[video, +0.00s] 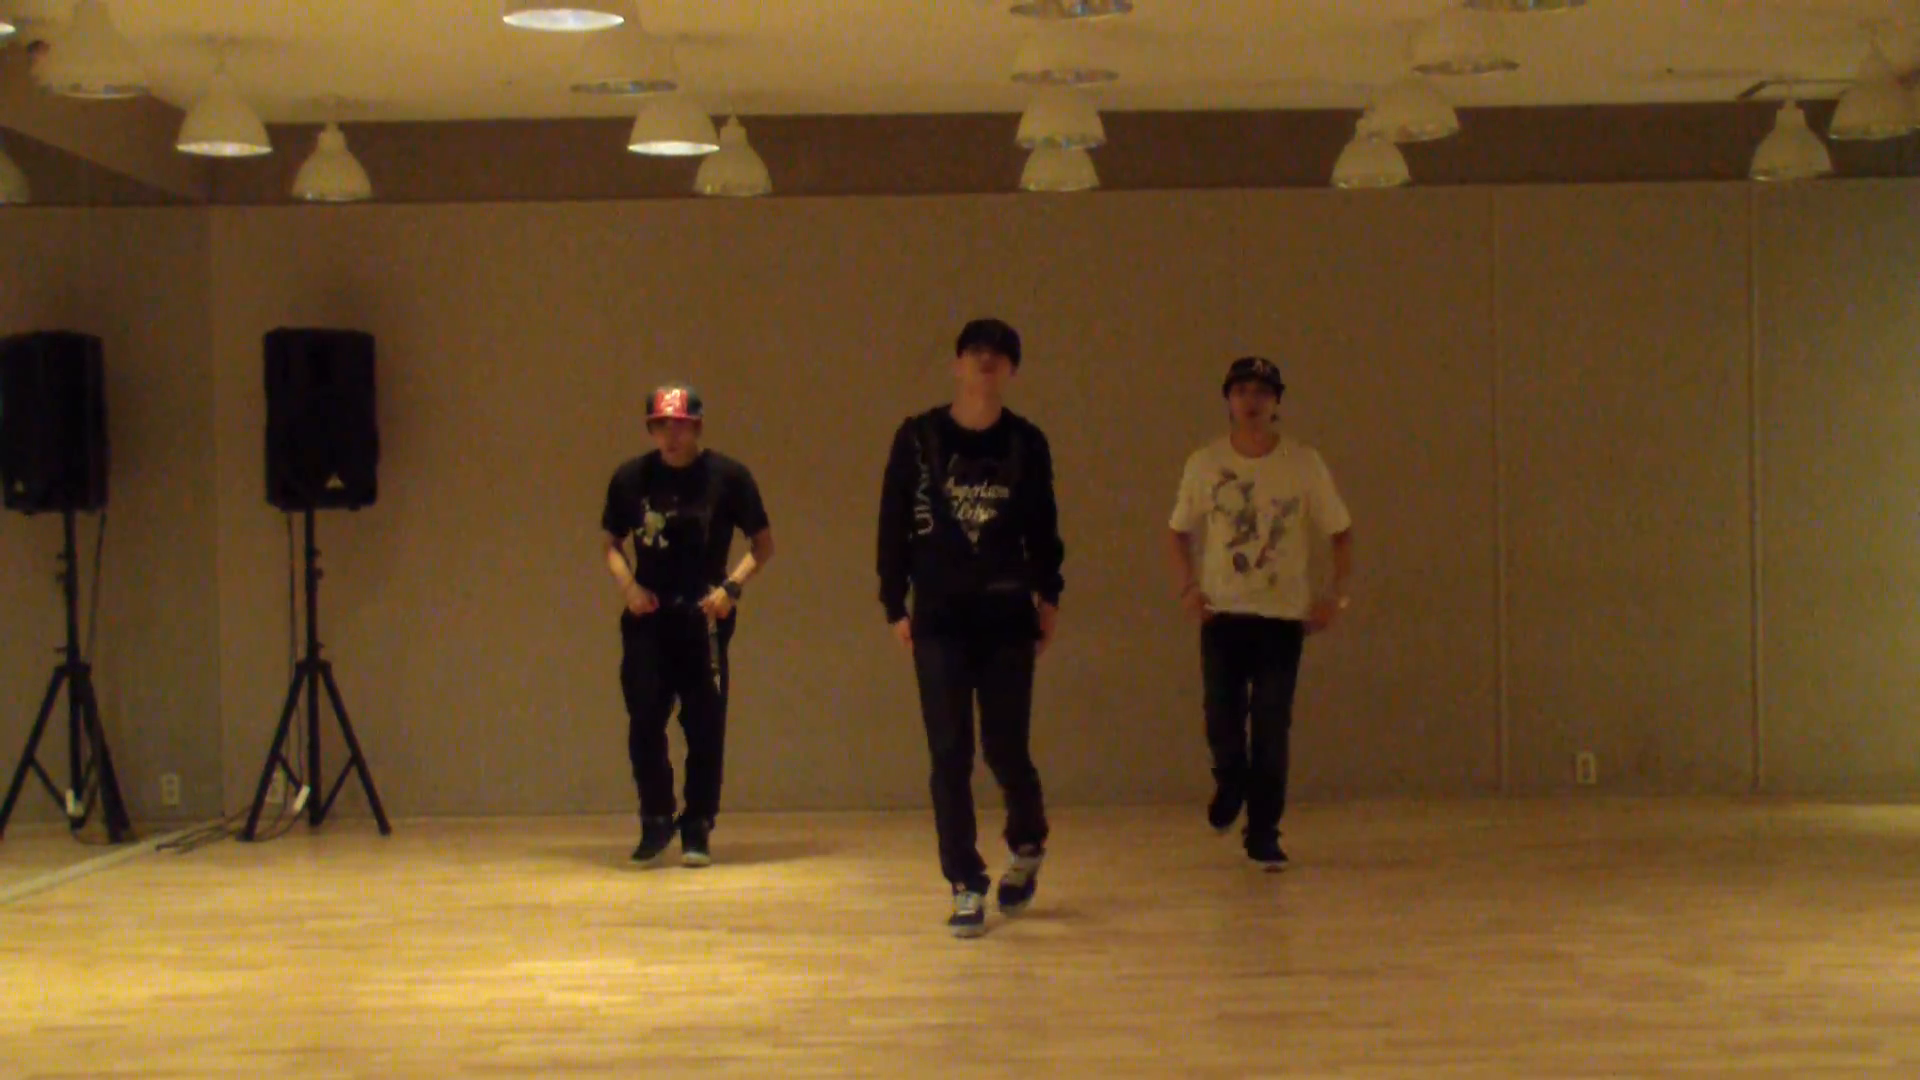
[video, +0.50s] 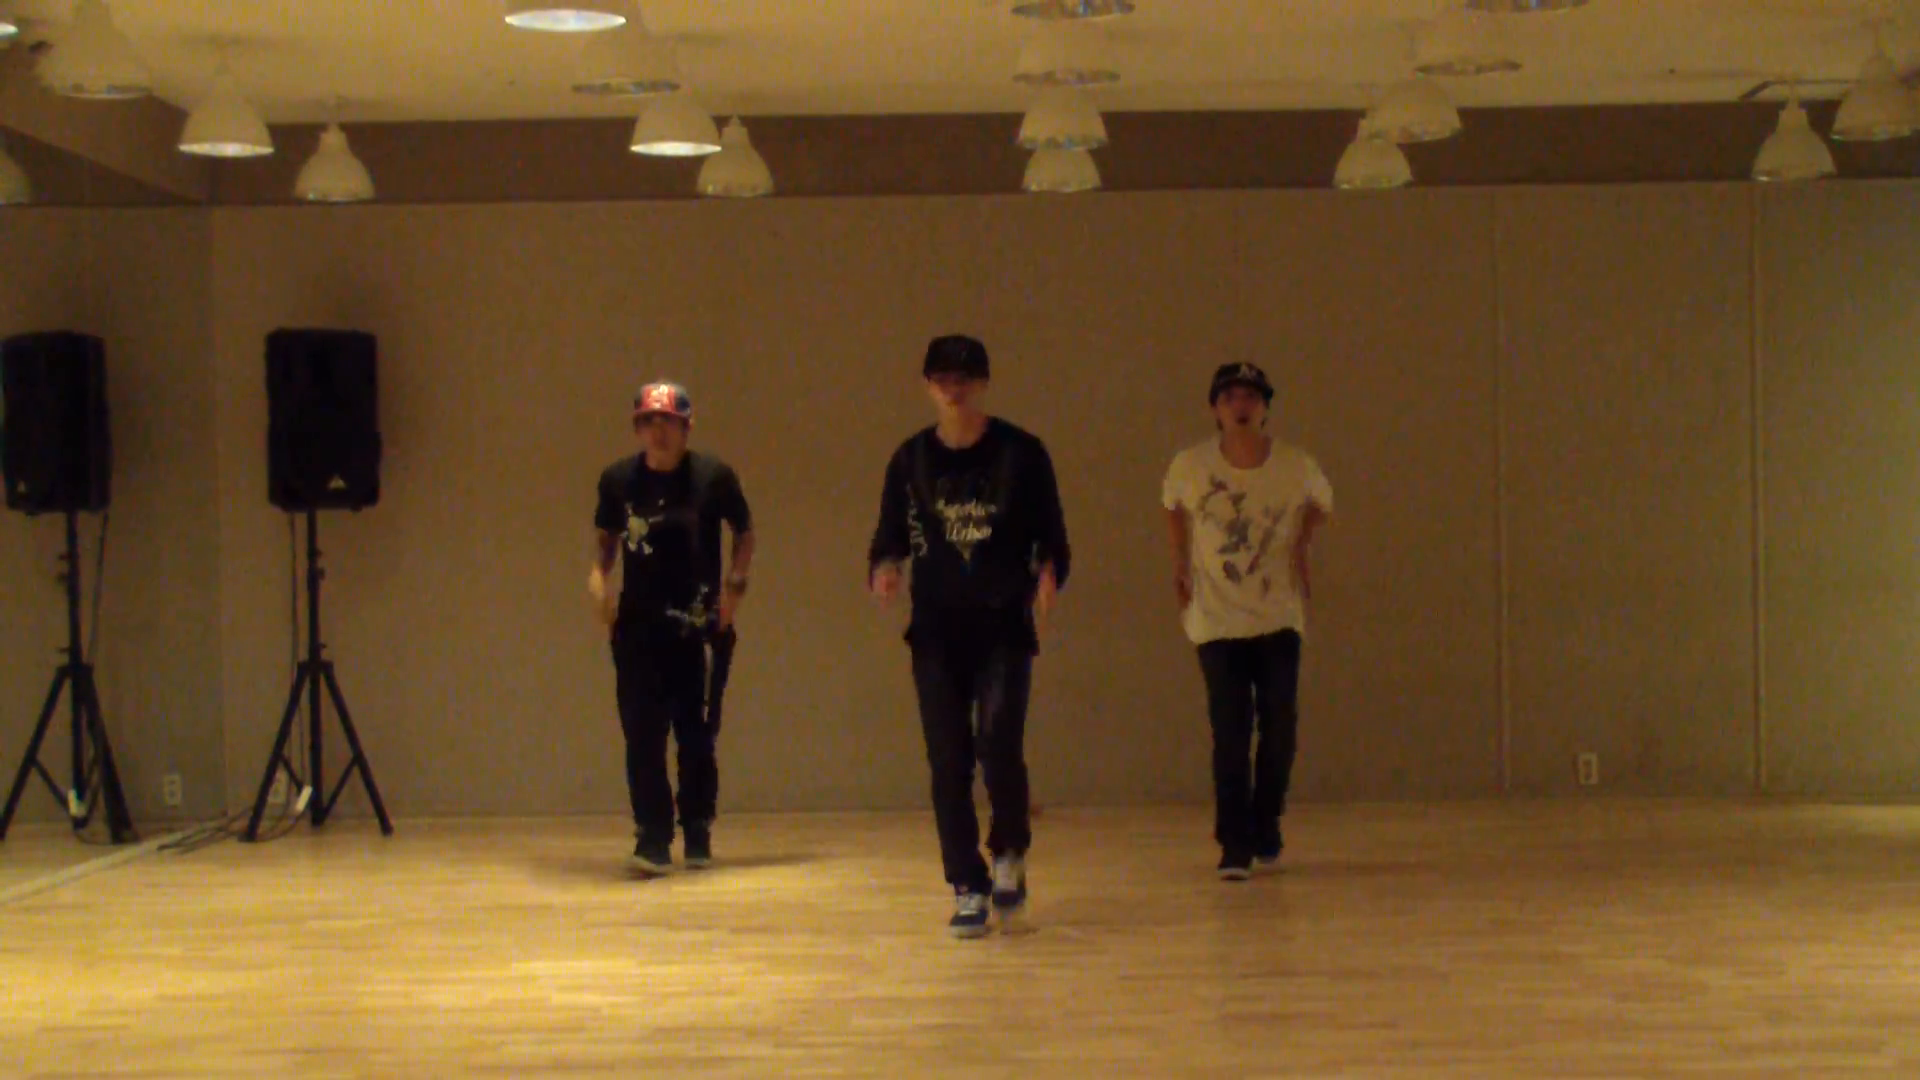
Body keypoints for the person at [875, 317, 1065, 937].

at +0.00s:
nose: (988, 368)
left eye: (998, 361)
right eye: (978, 358)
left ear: (1012, 372)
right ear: (957, 364)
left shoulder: (1026, 441)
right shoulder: (918, 436)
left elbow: (1043, 525)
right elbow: (893, 525)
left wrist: (1048, 595)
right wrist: (896, 605)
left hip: (1008, 615)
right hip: (940, 614)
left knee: (1005, 748)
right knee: (949, 753)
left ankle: (1027, 845)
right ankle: (964, 882)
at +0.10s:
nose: (984, 363)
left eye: (995, 355)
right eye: (974, 353)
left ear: (1011, 366)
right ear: (955, 362)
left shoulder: (1028, 444)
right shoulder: (918, 434)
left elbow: (1041, 532)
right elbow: (893, 523)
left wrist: (1041, 607)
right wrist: (894, 606)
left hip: (1005, 617)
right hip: (937, 616)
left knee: (1002, 751)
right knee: (949, 756)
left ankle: (1020, 861)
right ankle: (965, 884)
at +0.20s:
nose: (980, 366)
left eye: (991, 356)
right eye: (969, 355)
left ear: (1006, 365)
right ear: (950, 363)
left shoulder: (1031, 446)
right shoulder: (916, 436)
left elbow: (1044, 538)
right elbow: (893, 527)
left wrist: (1040, 617)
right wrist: (893, 609)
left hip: (1004, 620)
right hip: (936, 620)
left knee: (1000, 754)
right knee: (948, 757)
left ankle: (1012, 876)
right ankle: (966, 884)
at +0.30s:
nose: (970, 375)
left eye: (980, 364)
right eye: (960, 365)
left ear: (998, 370)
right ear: (945, 371)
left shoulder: (1030, 447)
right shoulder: (917, 445)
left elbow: (1049, 539)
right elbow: (893, 533)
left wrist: (1044, 620)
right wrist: (892, 612)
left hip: (1005, 625)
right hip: (936, 626)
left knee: (998, 758)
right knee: (949, 760)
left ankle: (1006, 882)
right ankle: (966, 885)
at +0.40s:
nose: (962, 389)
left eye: (973, 378)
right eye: (952, 379)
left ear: (990, 382)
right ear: (937, 384)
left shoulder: (1027, 455)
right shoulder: (915, 460)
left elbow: (1051, 548)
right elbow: (890, 545)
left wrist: (1047, 630)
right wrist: (888, 621)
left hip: (1004, 631)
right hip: (936, 633)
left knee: (1000, 762)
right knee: (950, 764)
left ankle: (1005, 885)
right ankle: (967, 887)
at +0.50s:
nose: (952, 391)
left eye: (963, 380)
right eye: (942, 381)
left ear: (983, 384)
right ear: (928, 386)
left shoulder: (1022, 453)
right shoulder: (911, 458)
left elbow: (1053, 535)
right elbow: (891, 533)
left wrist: (1049, 578)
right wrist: (886, 565)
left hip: (1006, 625)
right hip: (937, 628)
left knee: (998, 747)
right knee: (948, 760)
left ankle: (1009, 853)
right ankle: (967, 885)